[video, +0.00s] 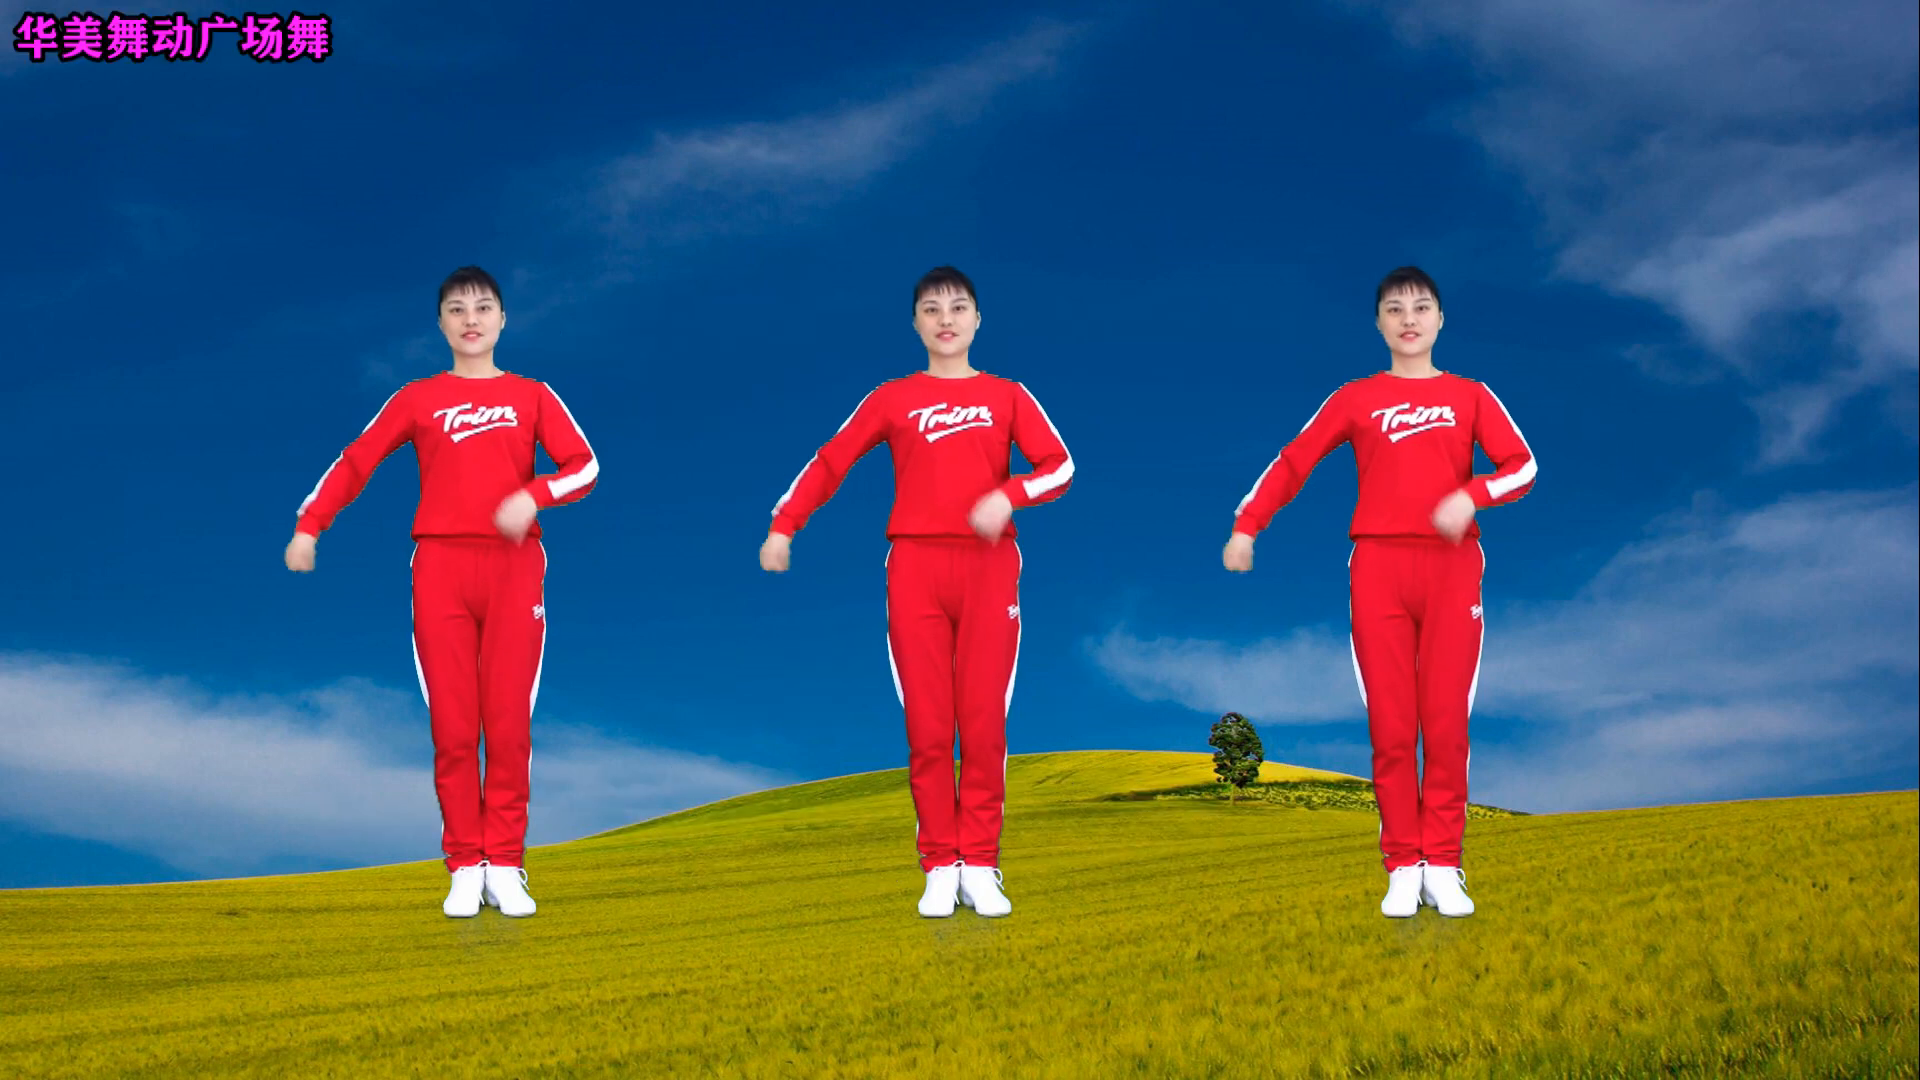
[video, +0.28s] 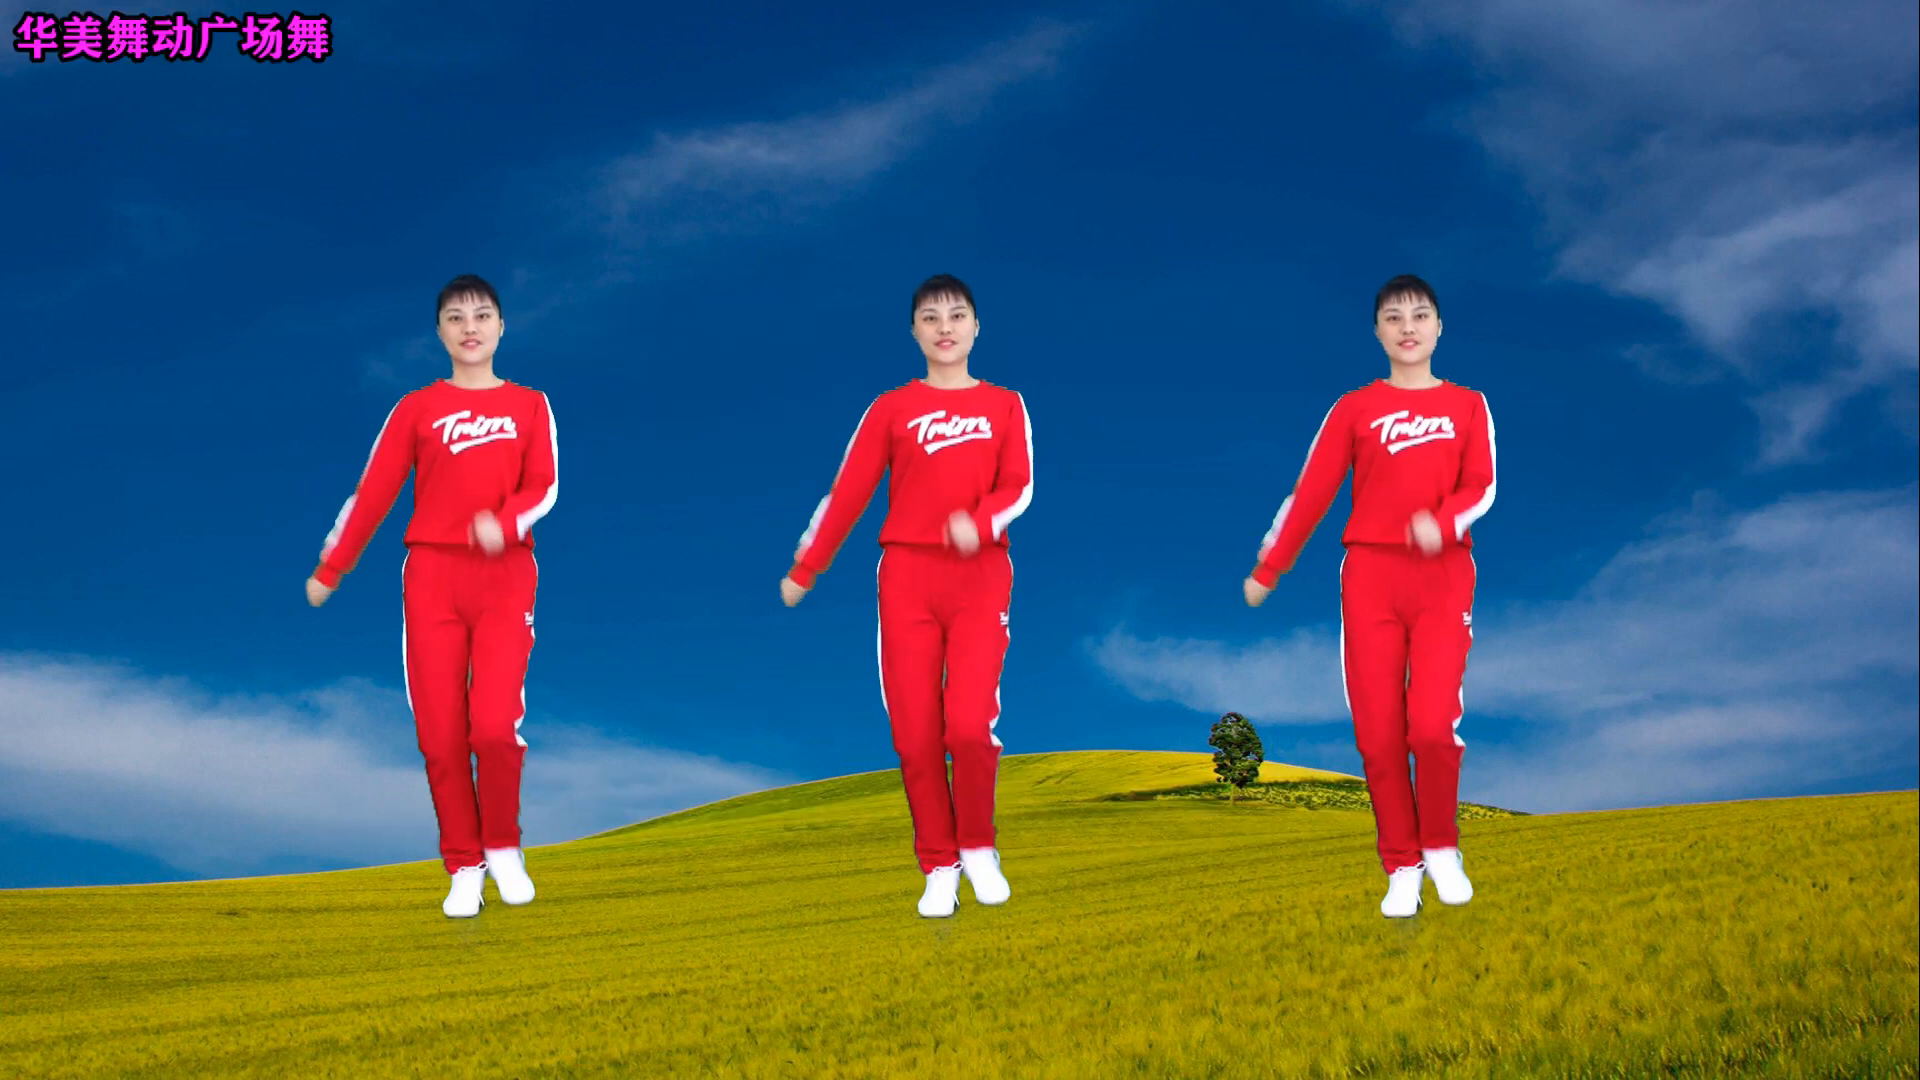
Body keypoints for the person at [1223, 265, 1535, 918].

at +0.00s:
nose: (1409, 319)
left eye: (1420, 308)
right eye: (1397, 310)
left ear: (1439, 318)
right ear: (1381, 323)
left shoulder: (1471, 396)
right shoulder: (1354, 399)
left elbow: (1523, 468)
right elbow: (1293, 462)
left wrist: (1471, 495)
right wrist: (1244, 527)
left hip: (1452, 573)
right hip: (1378, 571)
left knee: (1447, 722)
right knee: (1392, 726)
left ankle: (1443, 865)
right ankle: (1403, 866)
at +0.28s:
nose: (1409, 327)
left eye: (1420, 316)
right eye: (1395, 318)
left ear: (1438, 326)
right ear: (1379, 332)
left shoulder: (1468, 403)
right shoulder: (1353, 408)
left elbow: (1482, 486)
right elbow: (1311, 491)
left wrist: (1445, 520)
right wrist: (1269, 567)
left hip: (1444, 579)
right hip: (1369, 579)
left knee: (1433, 722)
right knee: (1377, 731)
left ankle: (1441, 848)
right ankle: (1401, 866)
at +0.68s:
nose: (1413, 313)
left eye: (1425, 303)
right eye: (1401, 303)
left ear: (1442, 314)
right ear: (1383, 314)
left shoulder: (1473, 387)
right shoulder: (1357, 393)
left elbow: (1533, 447)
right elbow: (1303, 465)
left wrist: (1573, 518)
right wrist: (1354, 406)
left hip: (1451, 567)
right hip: (1375, 567)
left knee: (1442, 727)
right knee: (1385, 728)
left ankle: (1447, 867)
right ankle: (1401, 864)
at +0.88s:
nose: (1417, 314)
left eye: (1430, 304)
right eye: (1404, 304)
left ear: (1448, 315)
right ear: (1388, 316)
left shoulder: (1477, 388)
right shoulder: (1362, 394)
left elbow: (1527, 472)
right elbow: (1347, 478)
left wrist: (1572, 548)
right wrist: (1383, 505)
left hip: (1465, 572)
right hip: (1389, 575)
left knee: (1456, 725)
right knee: (1399, 723)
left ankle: (1447, 867)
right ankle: (1406, 854)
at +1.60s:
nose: (1416, 318)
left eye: (1427, 307)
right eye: (1403, 309)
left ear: (1446, 319)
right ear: (1386, 322)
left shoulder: (1474, 395)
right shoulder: (1358, 401)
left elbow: (1479, 475)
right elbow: (1326, 488)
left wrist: (1438, 522)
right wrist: (1296, 569)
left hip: (1449, 576)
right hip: (1374, 576)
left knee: (1437, 723)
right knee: (1384, 729)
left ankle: (1442, 849)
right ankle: (1400, 867)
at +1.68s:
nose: (1412, 326)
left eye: (1425, 316)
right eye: (1400, 317)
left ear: (1443, 328)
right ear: (1384, 330)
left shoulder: (1473, 406)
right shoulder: (1356, 410)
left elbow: (1478, 494)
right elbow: (1342, 497)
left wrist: (1472, 578)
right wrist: (1350, 576)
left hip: (1445, 580)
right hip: (1372, 581)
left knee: (1421, 720)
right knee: (1373, 734)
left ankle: (1439, 817)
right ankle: (1399, 866)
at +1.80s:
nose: (1411, 312)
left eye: (1423, 302)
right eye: (1398, 302)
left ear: (1441, 314)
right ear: (1381, 315)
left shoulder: (1471, 392)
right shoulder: (1352, 394)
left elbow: (1508, 482)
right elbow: (1316, 469)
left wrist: (1528, 571)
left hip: (1448, 567)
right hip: (1373, 567)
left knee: (1417, 706)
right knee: (1375, 722)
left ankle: (1436, 810)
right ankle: (1402, 864)